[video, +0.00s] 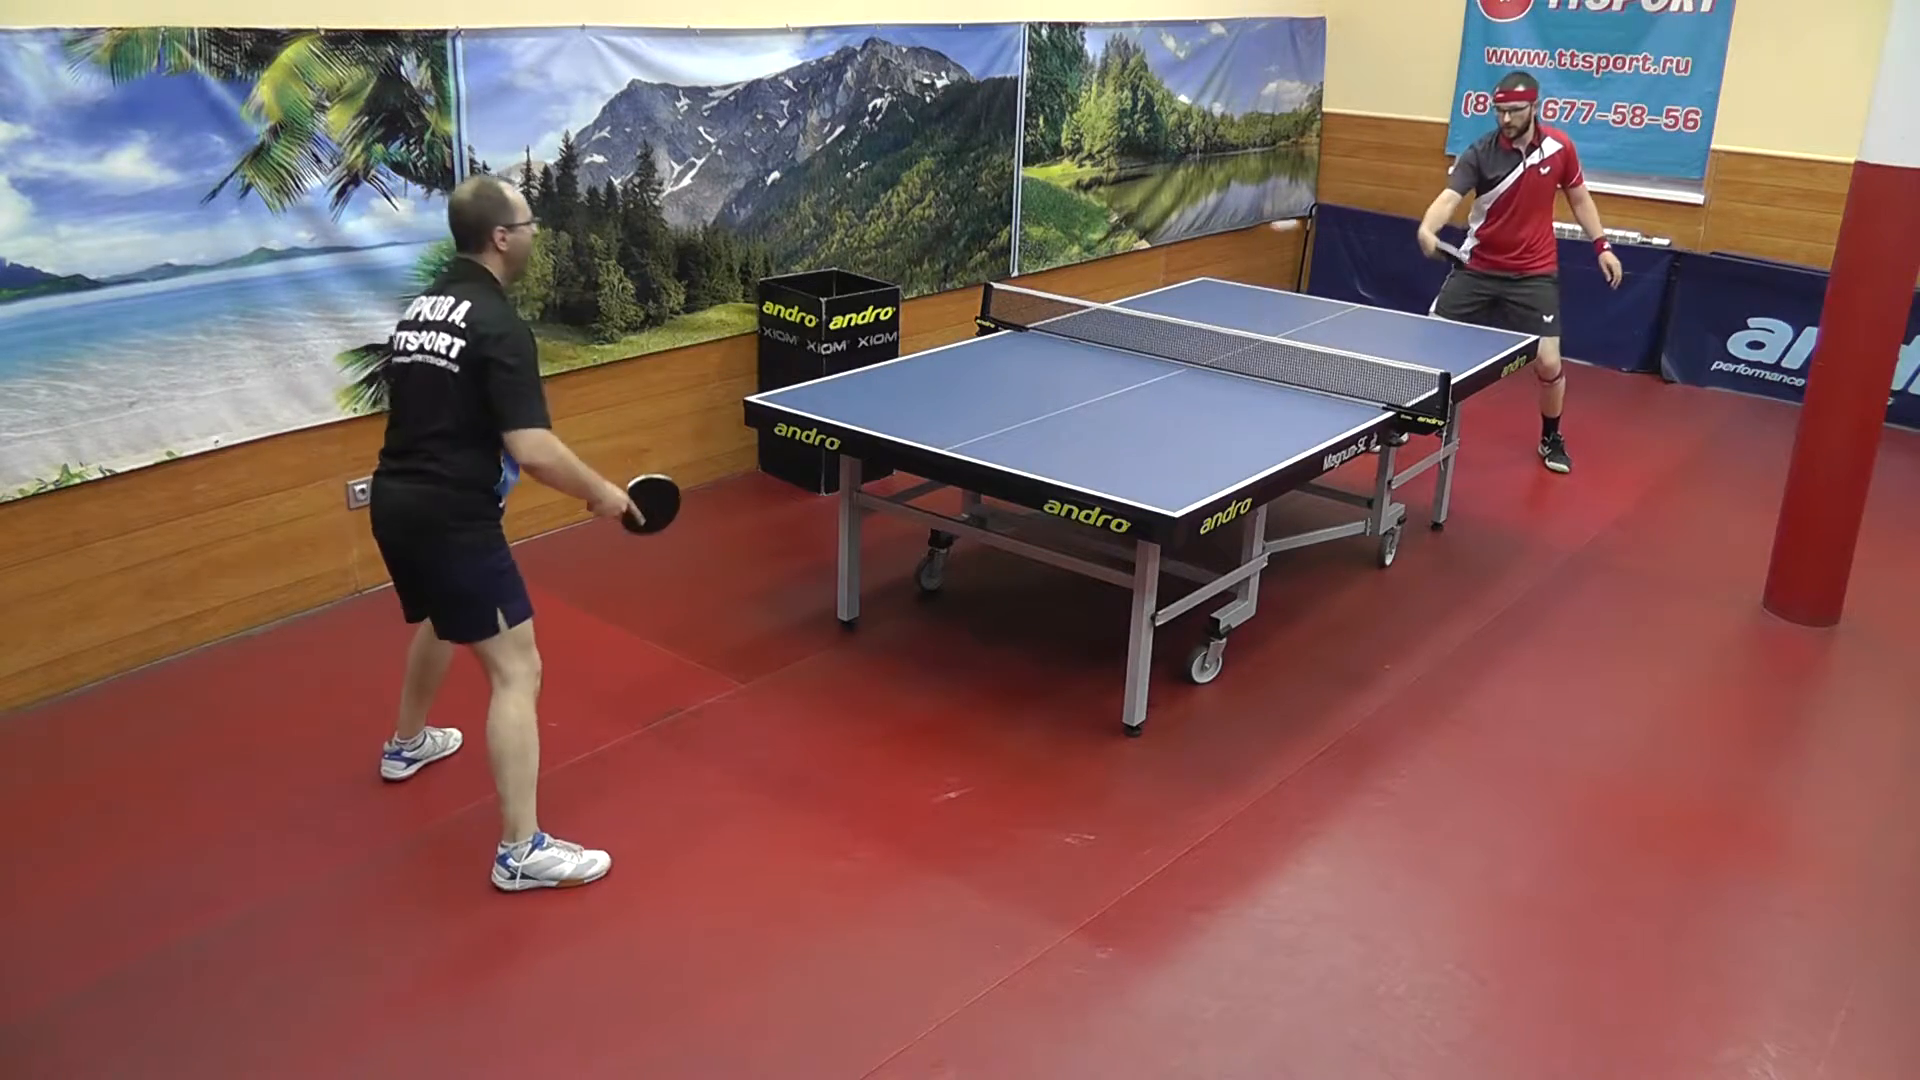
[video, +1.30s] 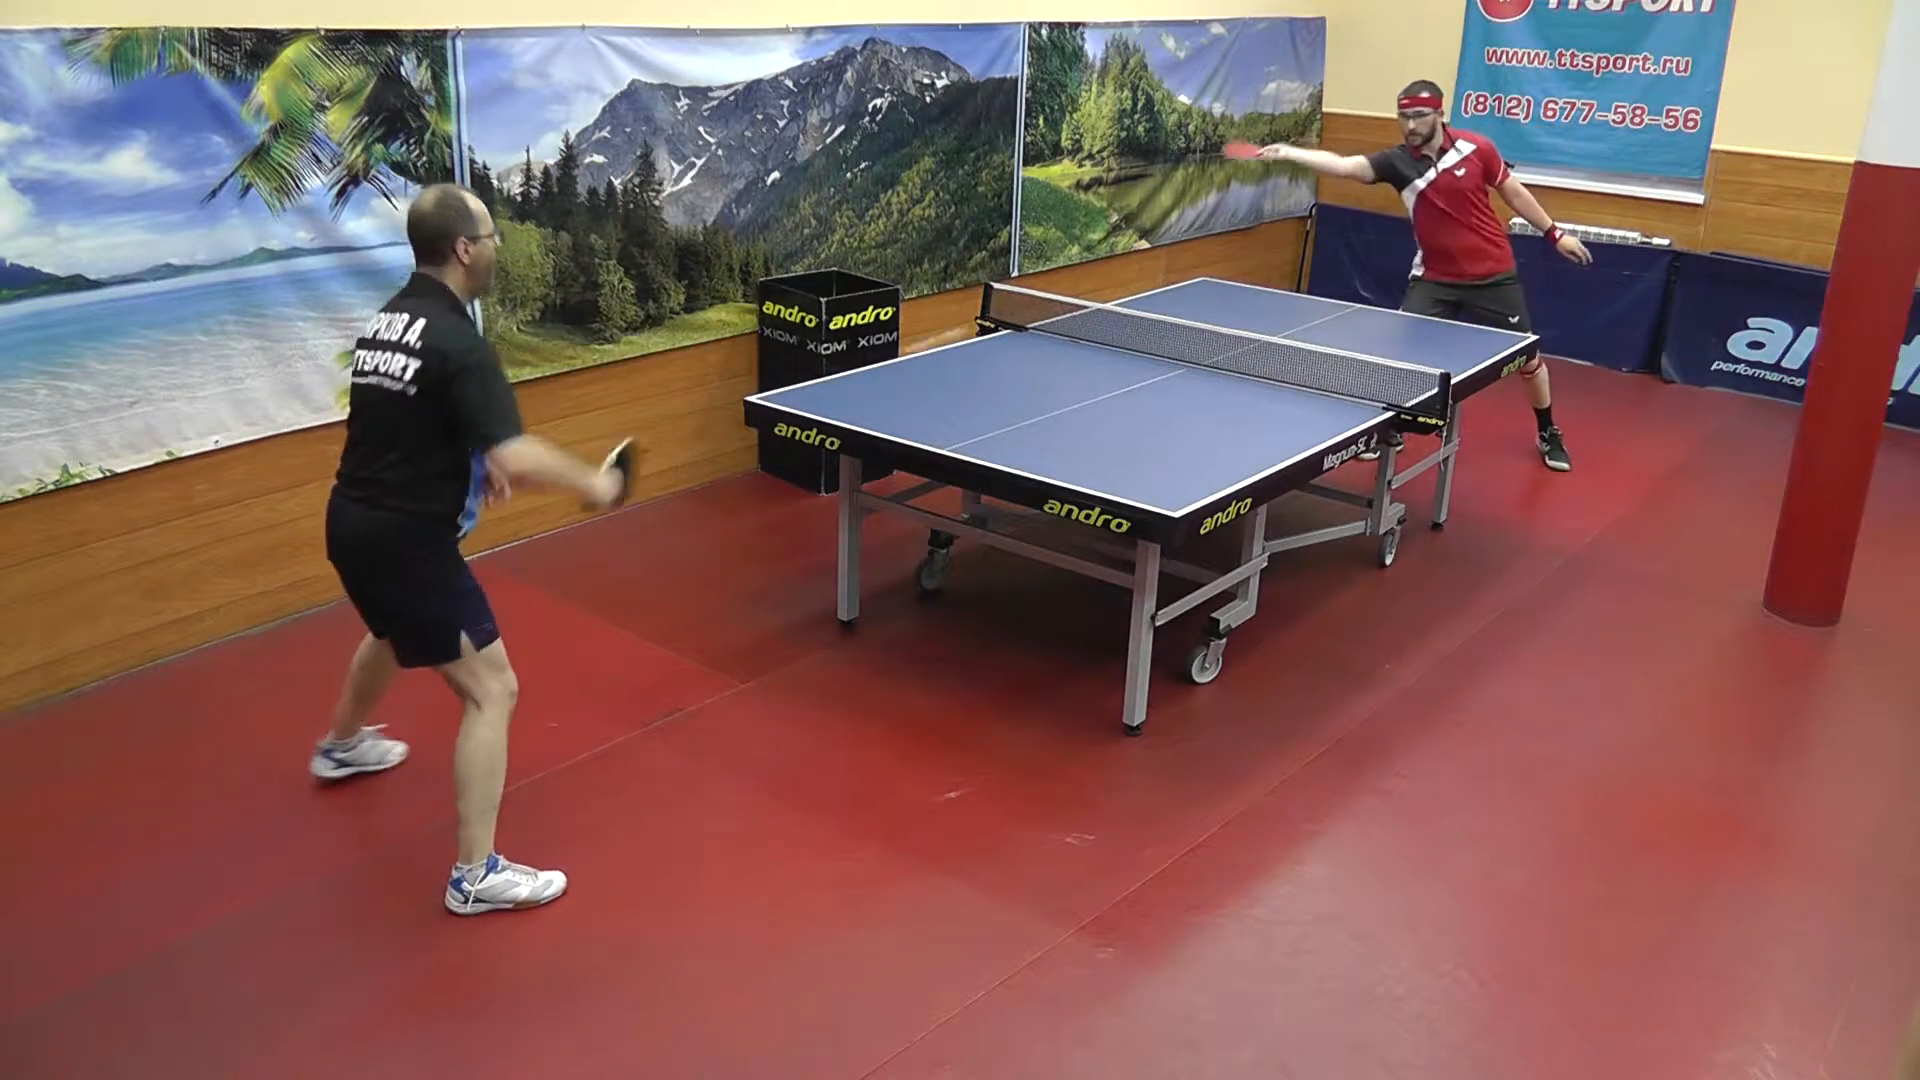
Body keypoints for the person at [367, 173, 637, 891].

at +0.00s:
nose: (534, 234)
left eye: (530, 223)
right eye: (527, 225)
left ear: (470, 238)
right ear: (501, 237)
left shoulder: (421, 309)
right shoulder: (499, 322)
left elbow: (414, 415)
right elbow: (530, 446)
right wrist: (599, 490)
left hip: (395, 503)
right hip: (453, 513)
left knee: (440, 616)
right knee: (516, 670)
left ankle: (407, 739)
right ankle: (522, 847)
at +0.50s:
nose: (531, 224)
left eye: (526, 211)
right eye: (526, 214)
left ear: (460, 225)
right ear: (506, 222)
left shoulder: (415, 307)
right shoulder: (529, 315)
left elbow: (370, 406)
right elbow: (599, 418)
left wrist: (429, 435)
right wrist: (549, 427)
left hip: (414, 505)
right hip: (490, 513)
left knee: (428, 618)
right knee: (548, 666)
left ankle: (408, 735)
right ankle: (527, 837)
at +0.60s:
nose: (495, 195)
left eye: (489, 183)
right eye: (488, 185)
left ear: (424, 201)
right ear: (468, 196)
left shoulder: (391, 293)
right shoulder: (506, 283)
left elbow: (352, 394)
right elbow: (614, 347)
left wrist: (417, 420)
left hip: (415, 489)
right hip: (491, 492)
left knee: (420, 610)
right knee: (537, 654)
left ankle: (406, 730)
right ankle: (535, 827)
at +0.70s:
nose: (465, 190)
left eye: (459, 179)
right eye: (458, 182)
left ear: (396, 206)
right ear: (441, 198)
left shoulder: (378, 299)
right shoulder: (492, 277)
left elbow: (346, 397)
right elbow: (612, 288)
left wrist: (411, 413)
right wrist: (678, 215)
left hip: (412, 496)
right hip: (486, 497)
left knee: (421, 618)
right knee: (531, 654)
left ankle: (399, 744)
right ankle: (535, 827)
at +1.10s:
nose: (464, 212)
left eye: (458, 200)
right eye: (455, 203)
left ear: (402, 222)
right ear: (428, 219)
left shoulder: (379, 300)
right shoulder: (443, 299)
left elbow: (361, 402)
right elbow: (533, 357)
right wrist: (642, 315)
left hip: (382, 502)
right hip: (438, 508)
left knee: (417, 625)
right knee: (489, 675)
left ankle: (399, 747)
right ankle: (480, 859)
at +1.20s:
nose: (481, 220)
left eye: (476, 210)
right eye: (473, 212)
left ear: (417, 233)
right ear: (446, 229)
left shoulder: (376, 313)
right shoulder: (460, 315)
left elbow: (368, 414)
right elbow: (535, 398)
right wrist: (641, 396)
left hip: (366, 512)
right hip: (427, 524)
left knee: (407, 619)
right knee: (480, 689)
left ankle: (386, 735)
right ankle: (476, 868)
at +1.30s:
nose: (497, 247)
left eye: (493, 235)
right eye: (490, 237)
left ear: (431, 250)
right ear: (462, 248)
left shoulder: (390, 317)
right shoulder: (456, 339)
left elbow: (395, 414)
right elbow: (514, 455)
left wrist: (468, 457)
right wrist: (593, 481)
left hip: (356, 525)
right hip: (409, 539)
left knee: (396, 628)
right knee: (491, 689)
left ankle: (341, 740)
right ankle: (476, 870)